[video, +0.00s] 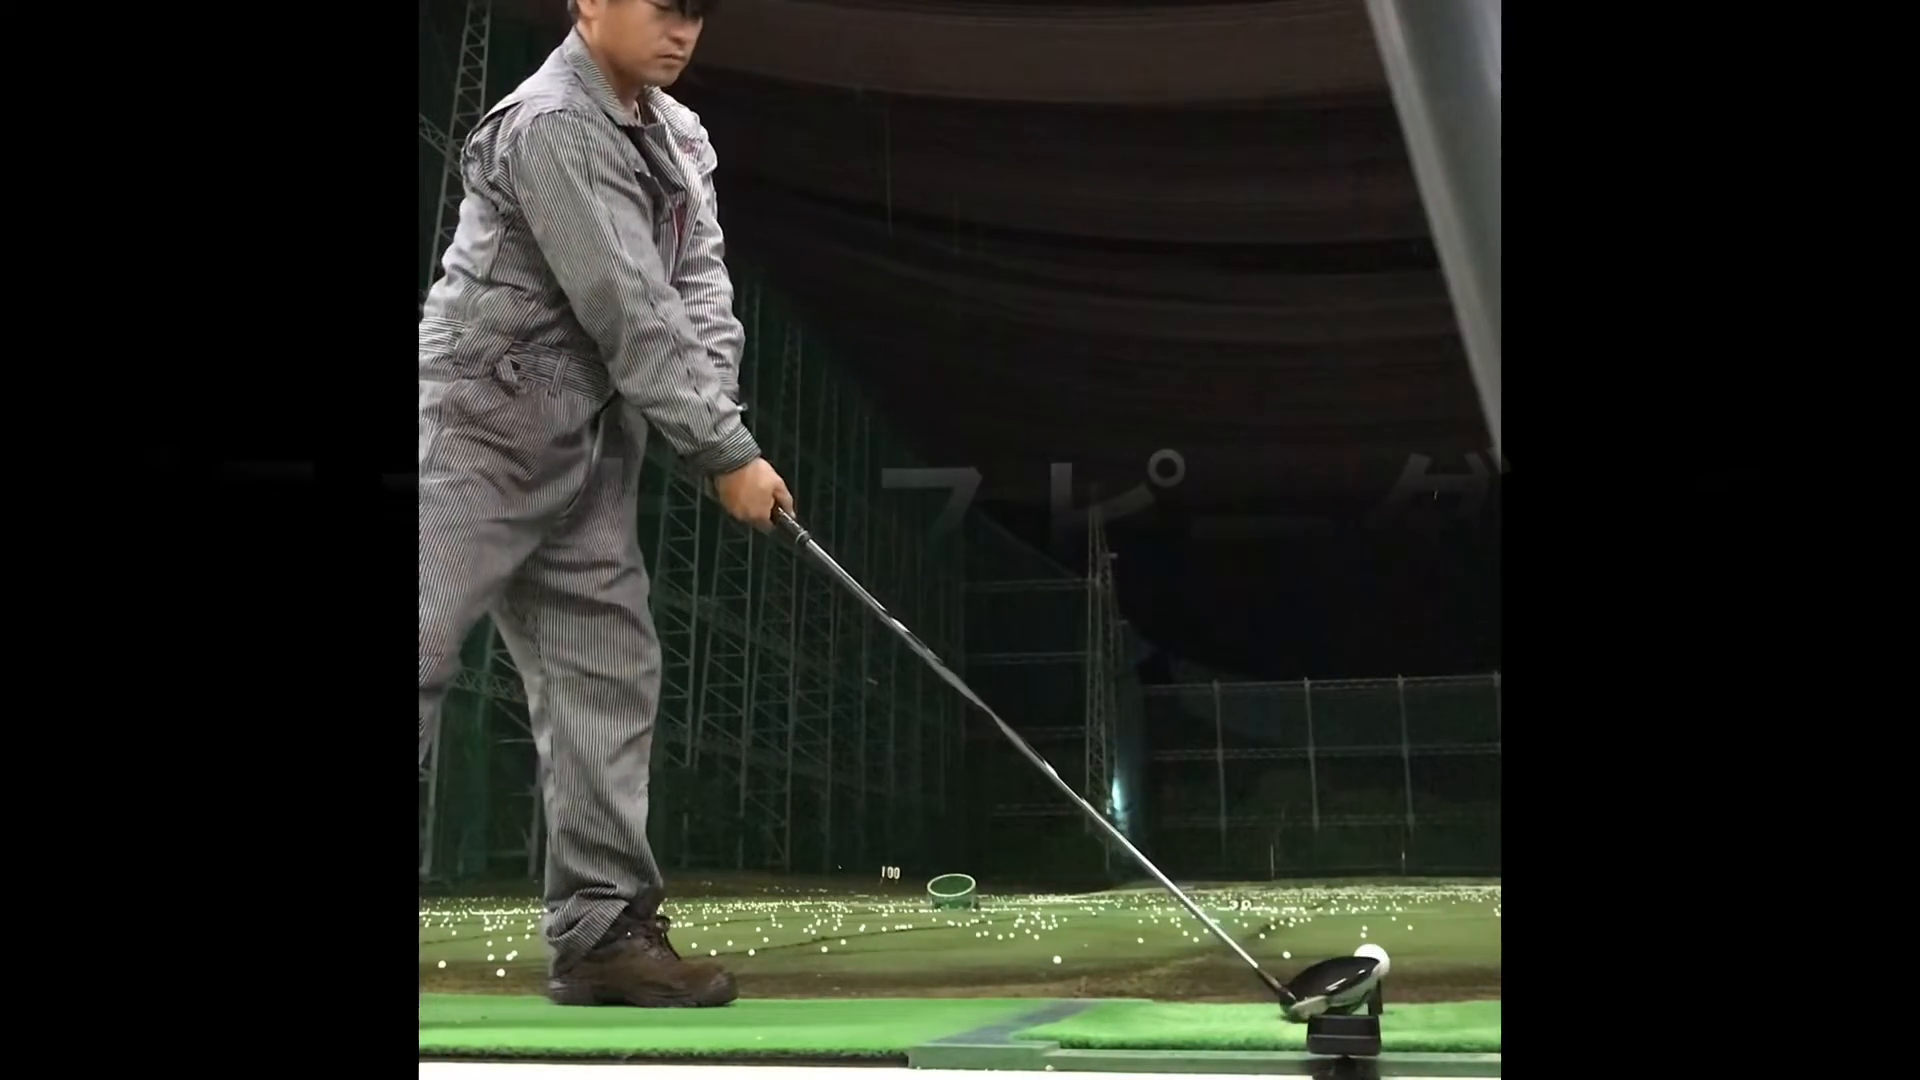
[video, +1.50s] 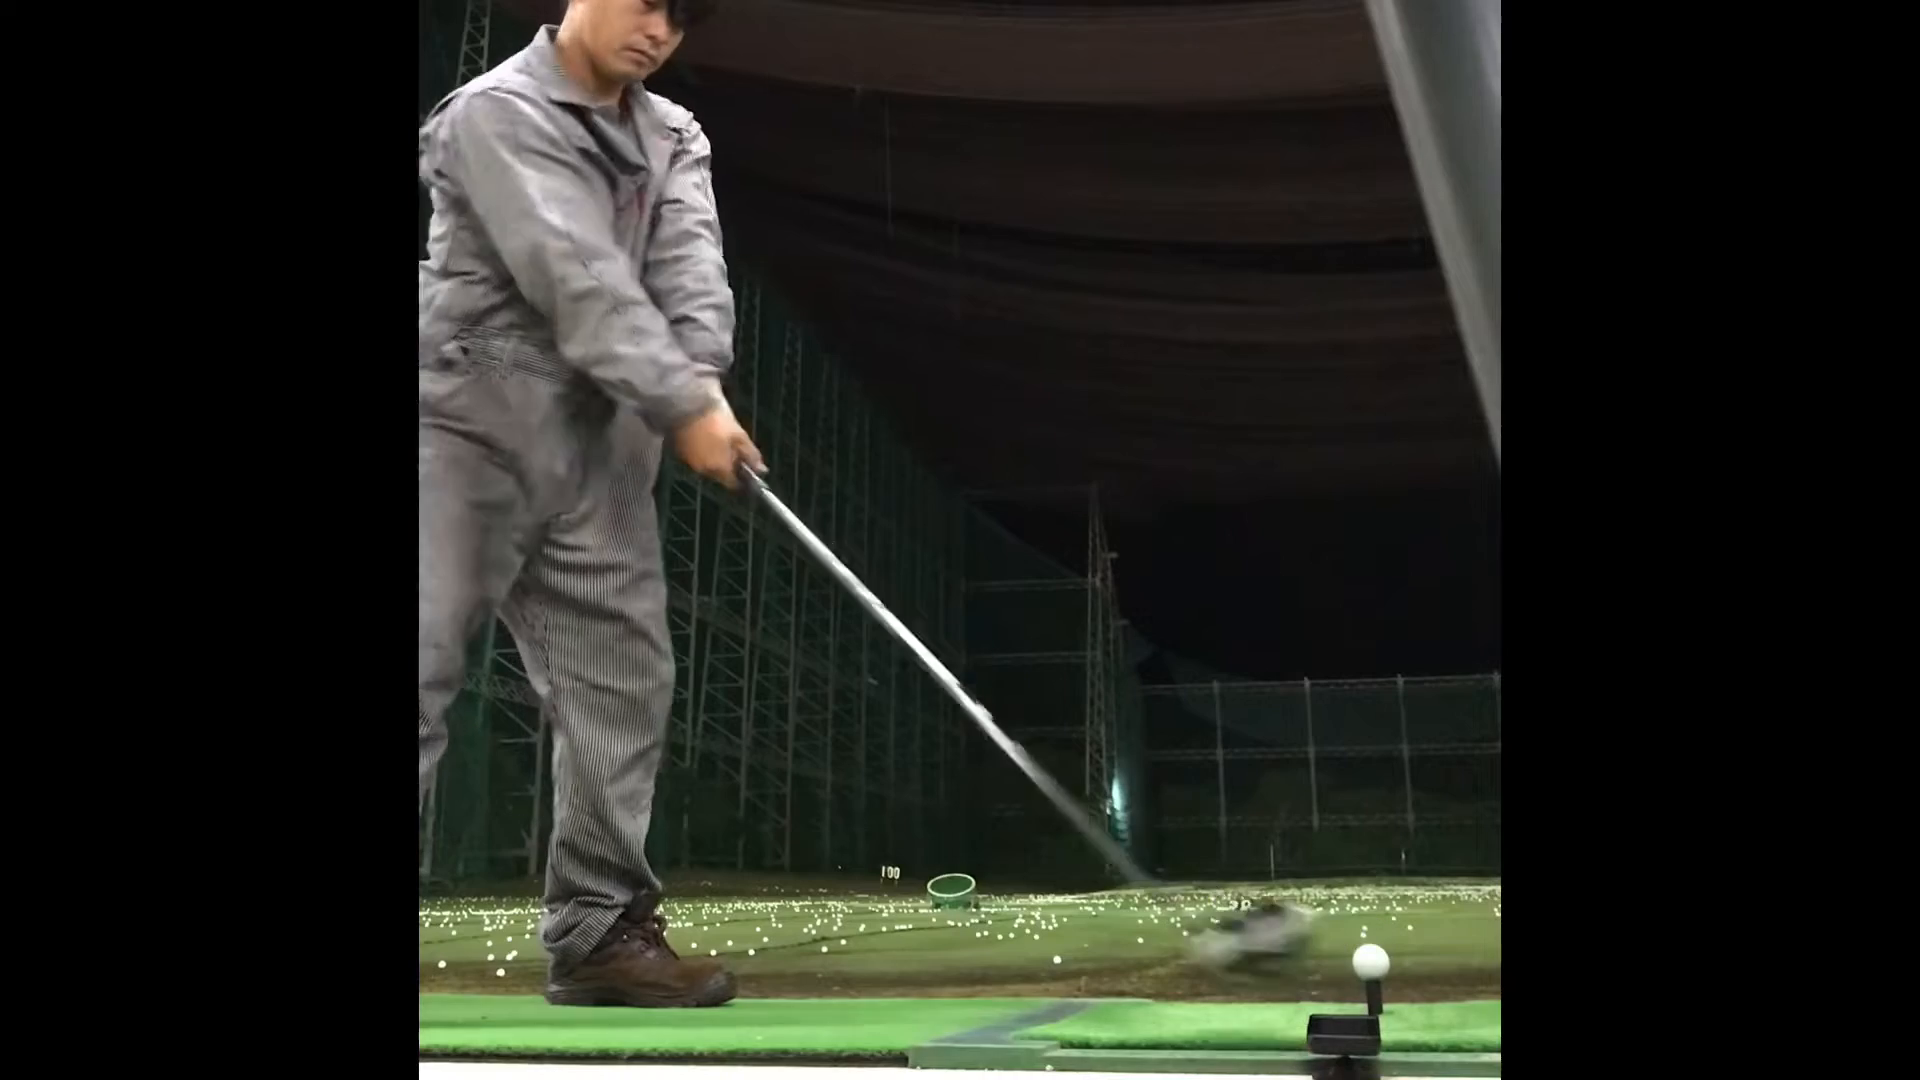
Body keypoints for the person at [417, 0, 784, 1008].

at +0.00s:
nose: (684, 27)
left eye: (693, 11)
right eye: (662, 8)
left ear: (695, 22)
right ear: (590, 10)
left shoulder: (681, 130)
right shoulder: (553, 125)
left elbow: (706, 287)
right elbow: (626, 309)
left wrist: (709, 417)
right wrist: (727, 453)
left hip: (583, 457)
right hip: (469, 442)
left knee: (606, 676)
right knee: (423, 664)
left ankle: (601, 935)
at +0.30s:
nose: (682, 20)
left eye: (688, 6)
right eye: (661, 1)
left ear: (685, 19)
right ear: (590, 7)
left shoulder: (667, 122)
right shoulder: (551, 109)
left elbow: (701, 271)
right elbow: (630, 289)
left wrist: (718, 405)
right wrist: (733, 431)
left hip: (590, 438)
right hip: (482, 427)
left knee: (600, 670)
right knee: (430, 669)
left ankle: (599, 934)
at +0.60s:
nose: (668, 21)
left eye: (678, 7)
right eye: (648, 1)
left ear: (674, 22)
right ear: (580, 2)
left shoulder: (655, 119)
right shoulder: (539, 107)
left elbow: (695, 265)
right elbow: (625, 285)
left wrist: (723, 399)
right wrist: (731, 422)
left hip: (592, 430)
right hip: (484, 423)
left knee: (601, 667)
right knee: (433, 672)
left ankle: (598, 935)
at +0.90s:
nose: (664, 23)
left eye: (677, 10)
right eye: (645, 2)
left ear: (679, 25)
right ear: (579, 3)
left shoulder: (654, 126)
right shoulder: (538, 105)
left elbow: (691, 272)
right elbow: (619, 284)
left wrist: (721, 408)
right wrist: (727, 423)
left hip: (588, 434)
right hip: (479, 423)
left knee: (595, 669)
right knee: (430, 669)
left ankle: (597, 935)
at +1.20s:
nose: (671, 27)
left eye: (682, 13)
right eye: (653, 5)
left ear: (683, 27)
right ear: (584, 6)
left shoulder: (659, 131)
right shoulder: (539, 109)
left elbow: (693, 276)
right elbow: (621, 288)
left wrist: (719, 409)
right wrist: (727, 427)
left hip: (586, 445)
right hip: (473, 431)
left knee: (598, 674)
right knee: (430, 671)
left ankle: (597, 935)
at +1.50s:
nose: (659, 28)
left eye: (672, 15)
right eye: (642, 4)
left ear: (674, 34)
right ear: (578, 3)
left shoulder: (675, 133)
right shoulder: (498, 111)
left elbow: (692, 264)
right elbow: (574, 277)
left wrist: (695, 385)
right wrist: (684, 405)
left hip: (602, 447)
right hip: (465, 433)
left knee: (621, 677)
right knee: (428, 679)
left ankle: (598, 936)